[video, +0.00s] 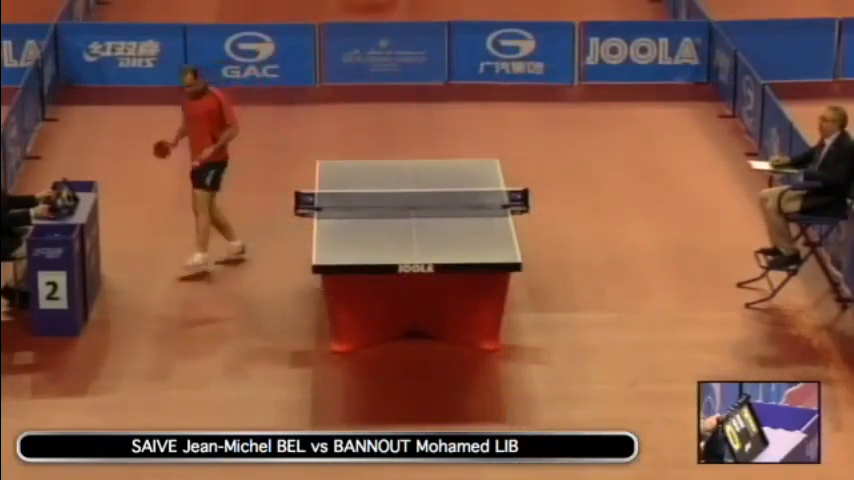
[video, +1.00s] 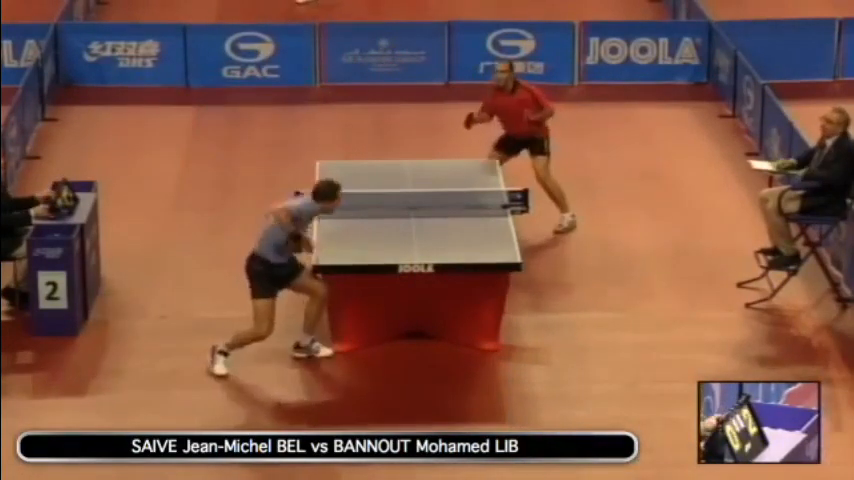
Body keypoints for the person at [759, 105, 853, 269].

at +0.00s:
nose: (820, 123)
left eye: (825, 120)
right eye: (820, 119)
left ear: (838, 125)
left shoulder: (846, 147)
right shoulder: (826, 141)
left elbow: (836, 178)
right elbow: (808, 158)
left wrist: (803, 174)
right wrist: (787, 161)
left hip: (829, 199)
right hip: (816, 191)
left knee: (773, 204)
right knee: (765, 197)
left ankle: (790, 254)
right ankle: (780, 247)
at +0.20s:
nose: (820, 123)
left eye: (825, 120)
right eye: (821, 119)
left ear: (837, 125)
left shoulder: (846, 147)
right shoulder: (826, 141)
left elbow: (837, 178)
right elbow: (810, 148)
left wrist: (806, 175)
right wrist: (786, 145)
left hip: (830, 199)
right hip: (815, 191)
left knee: (773, 205)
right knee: (765, 197)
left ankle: (790, 254)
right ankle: (780, 247)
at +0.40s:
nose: (822, 124)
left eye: (828, 122)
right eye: (823, 120)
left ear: (840, 127)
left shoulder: (845, 148)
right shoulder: (826, 142)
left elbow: (834, 179)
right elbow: (803, 161)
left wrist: (803, 177)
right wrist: (784, 165)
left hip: (828, 199)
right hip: (813, 191)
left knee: (774, 206)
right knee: (765, 197)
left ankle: (790, 254)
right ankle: (780, 246)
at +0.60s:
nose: (824, 124)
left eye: (830, 122)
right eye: (825, 119)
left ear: (841, 128)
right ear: (824, 119)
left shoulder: (846, 148)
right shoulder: (827, 141)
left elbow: (833, 178)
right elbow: (807, 158)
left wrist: (802, 175)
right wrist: (791, 164)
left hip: (828, 199)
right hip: (814, 191)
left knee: (774, 206)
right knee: (765, 197)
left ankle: (790, 254)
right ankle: (780, 247)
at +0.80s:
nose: (824, 124)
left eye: (831, 122)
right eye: (825, 119)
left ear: (842, 128)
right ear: (824, 119)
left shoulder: (846, 148)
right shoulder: (826, 141)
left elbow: (833, 178)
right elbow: (807, 158)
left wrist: (803, 175)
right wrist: (791, 163)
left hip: (829, 199)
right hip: (814, 191)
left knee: (774, 206)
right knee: (765, 197)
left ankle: (790, 254)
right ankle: (780, 247)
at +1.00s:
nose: (822, 124)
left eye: (829, 122)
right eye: (823, 120)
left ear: (840, 128)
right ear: (823, 120)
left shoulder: (846, 148)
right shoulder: (826, 141)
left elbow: (833, 178)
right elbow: (806, 159)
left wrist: (802, 177)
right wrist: (789, 164)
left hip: (829, 199)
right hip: (813, 191)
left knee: (774, 206)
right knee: (765, 197)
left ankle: (790, 254)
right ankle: (780, 247)